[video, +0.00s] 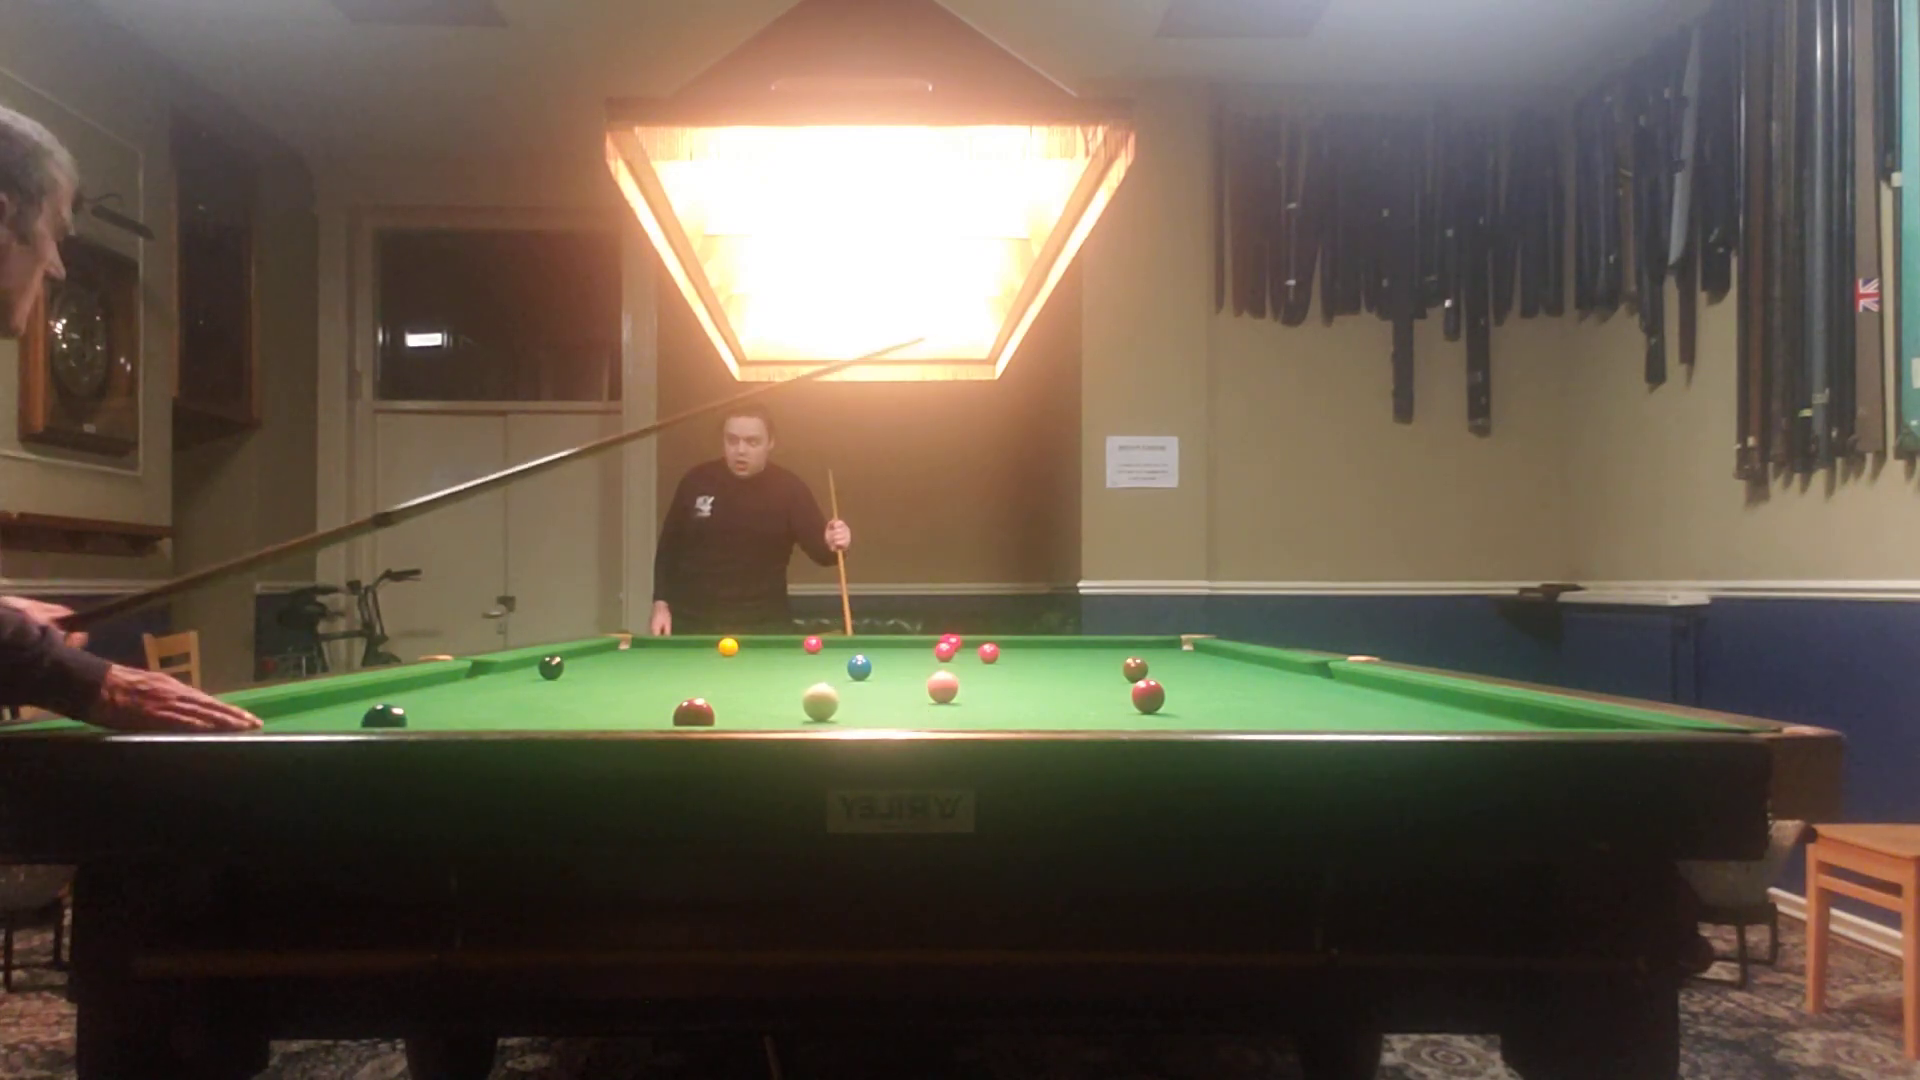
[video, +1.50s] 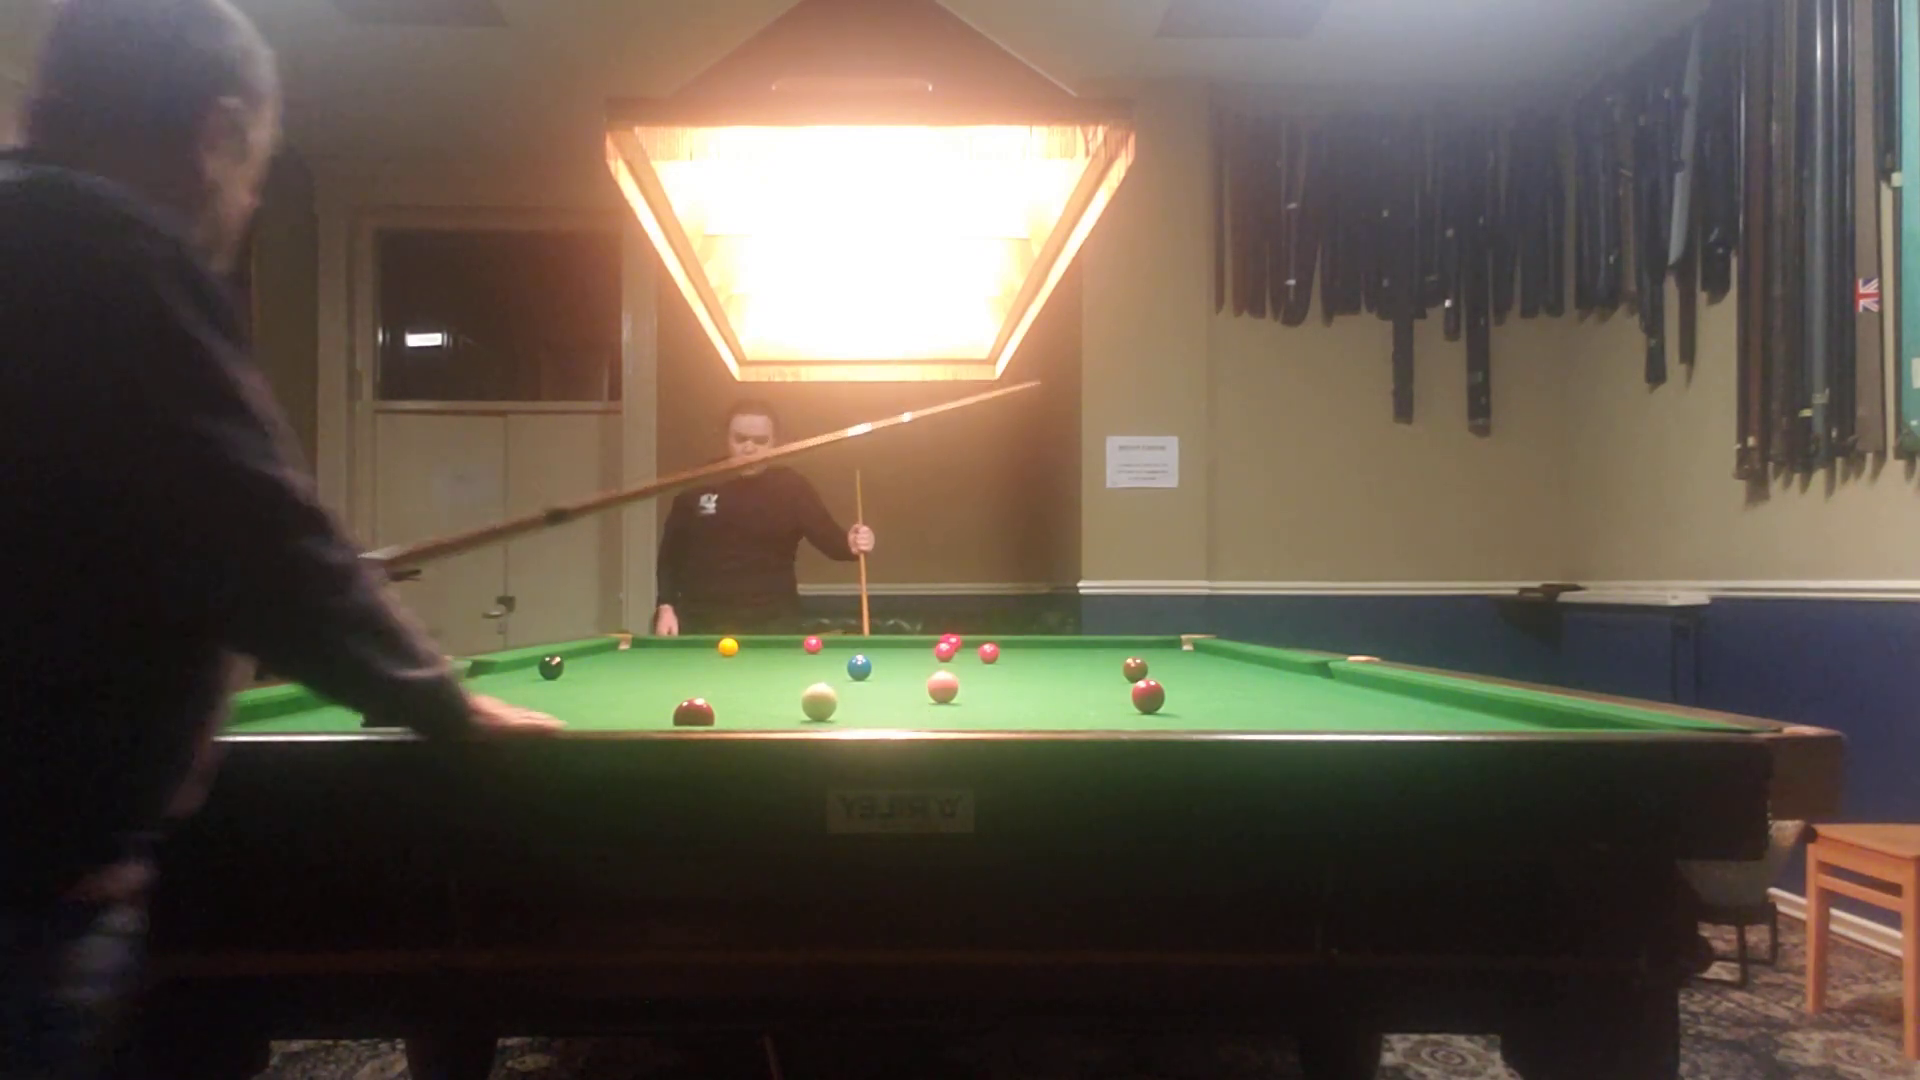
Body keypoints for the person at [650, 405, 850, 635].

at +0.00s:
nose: (740, 450)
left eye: (752, 442)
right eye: (733, 440)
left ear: (771, 444)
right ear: (723, 441)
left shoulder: (788, 489)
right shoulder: (697, 483)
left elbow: (820, 552)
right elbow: (669, 547)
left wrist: (831, 543)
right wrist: (661, 604)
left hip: (764, 630)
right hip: (695, 628)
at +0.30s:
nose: (740, 450)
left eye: (751, 441)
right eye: (733, 440)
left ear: (769, 443)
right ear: (723, 440)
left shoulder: (789, 490)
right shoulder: (696, 485)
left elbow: (820, 549)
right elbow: (668, 548)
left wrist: (835, 543)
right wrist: (661, 604)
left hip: (764, 632)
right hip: (695, 631)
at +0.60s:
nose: (740, 449)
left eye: (752, 441)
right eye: (733, 439)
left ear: (768, 443)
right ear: (723, 439)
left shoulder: (788, 490)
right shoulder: (693, 492)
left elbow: (822, 549)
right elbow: (667, 552)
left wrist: (838, 543)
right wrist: (661, 605)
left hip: (765, 634)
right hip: (695, 634)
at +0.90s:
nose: (740, 448)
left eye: (751, 441)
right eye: (733, 438)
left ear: (769, 444)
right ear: (723, 439)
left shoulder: (789, 490)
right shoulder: (697, 483)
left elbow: (823, 548)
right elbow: (669, 548)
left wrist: (840, 543)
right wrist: (662, 605)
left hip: (765, 632)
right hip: (696, 631)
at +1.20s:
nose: (743, 451)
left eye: (754, 443)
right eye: (735, 441)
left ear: (771, 444)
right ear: (724, 441)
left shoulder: (790, 488)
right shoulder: (698, 482)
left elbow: (825, 549)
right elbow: (670, 548)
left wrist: (841, 543)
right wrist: (663, 605)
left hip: (767, 630)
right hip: (697, 628)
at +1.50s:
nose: (749, 449)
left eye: (760, 441)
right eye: (741, 439)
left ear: (774, 444)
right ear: (727, 439)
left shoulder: (791, 487)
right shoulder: (697, 489)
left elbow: (829, 539)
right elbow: (670, 556)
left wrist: (851, 544)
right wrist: (666, 605)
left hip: (774, 632)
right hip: (704, 632)